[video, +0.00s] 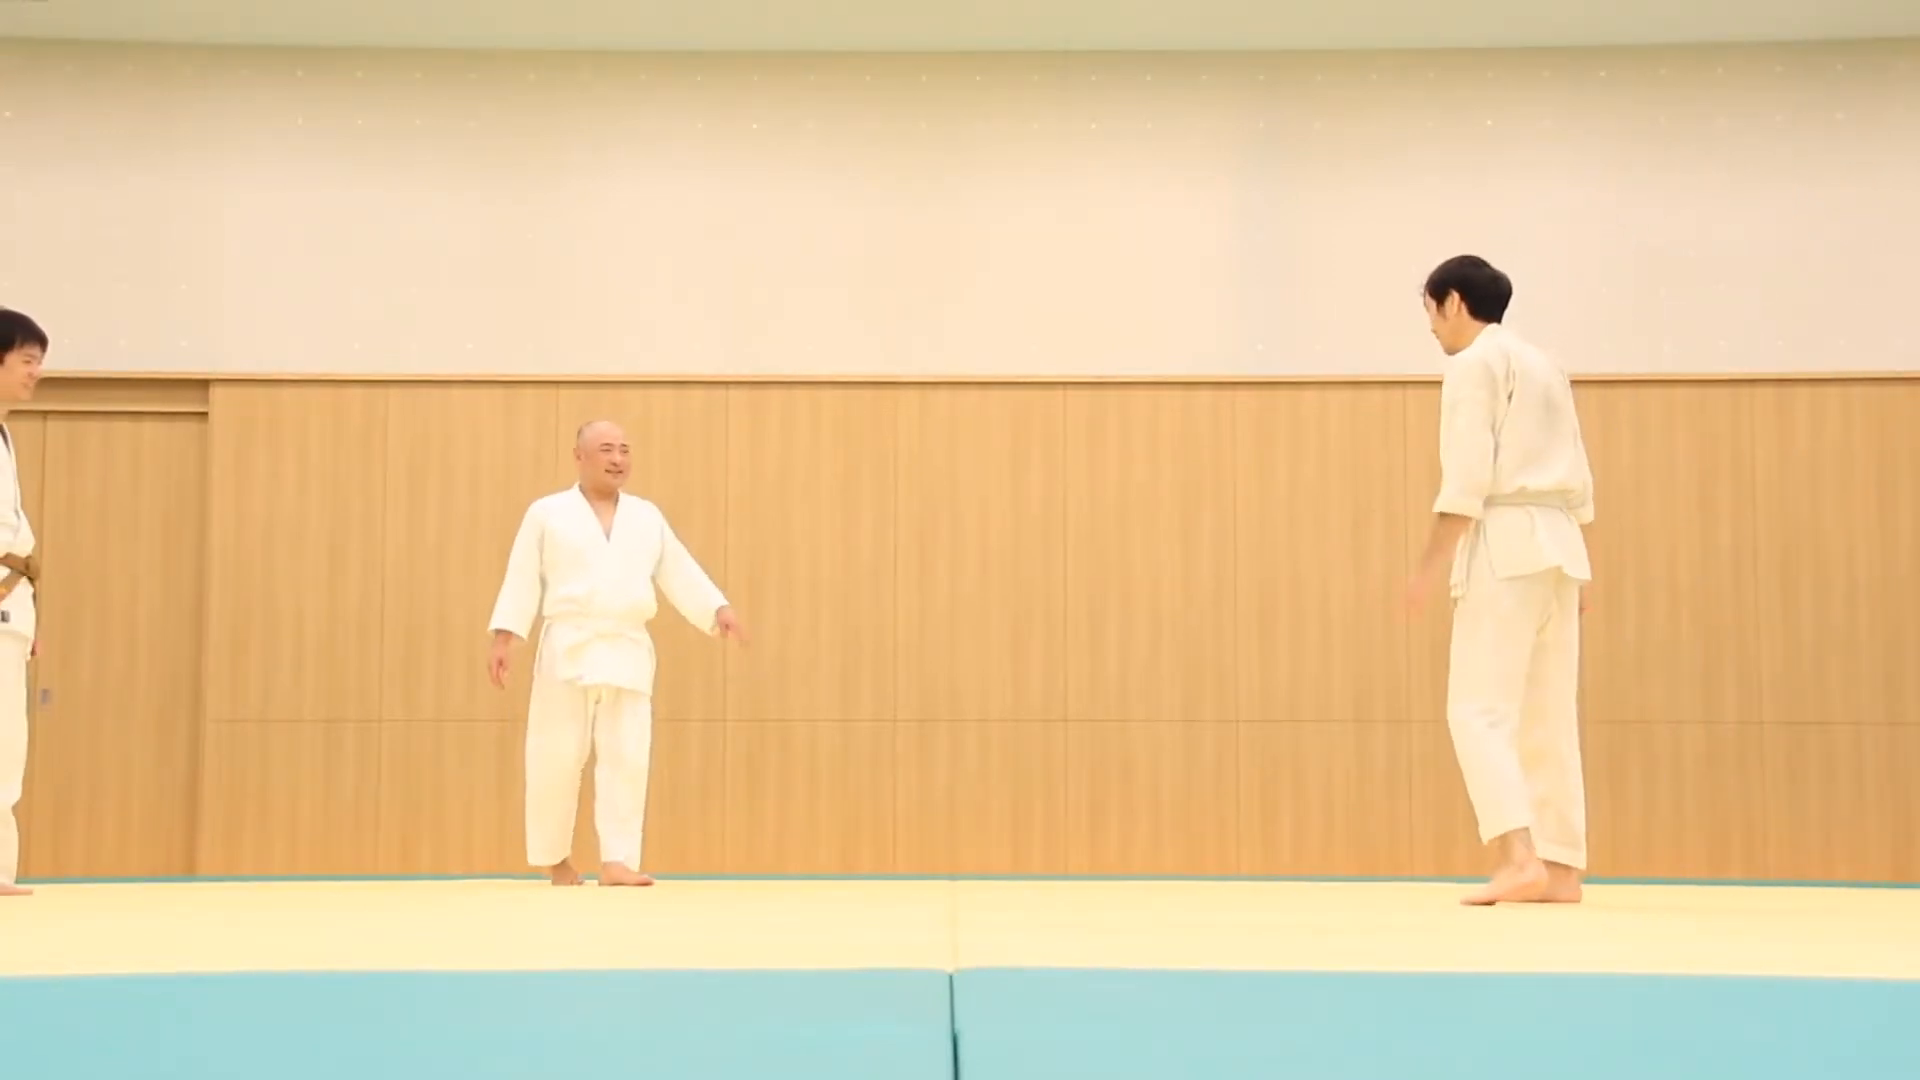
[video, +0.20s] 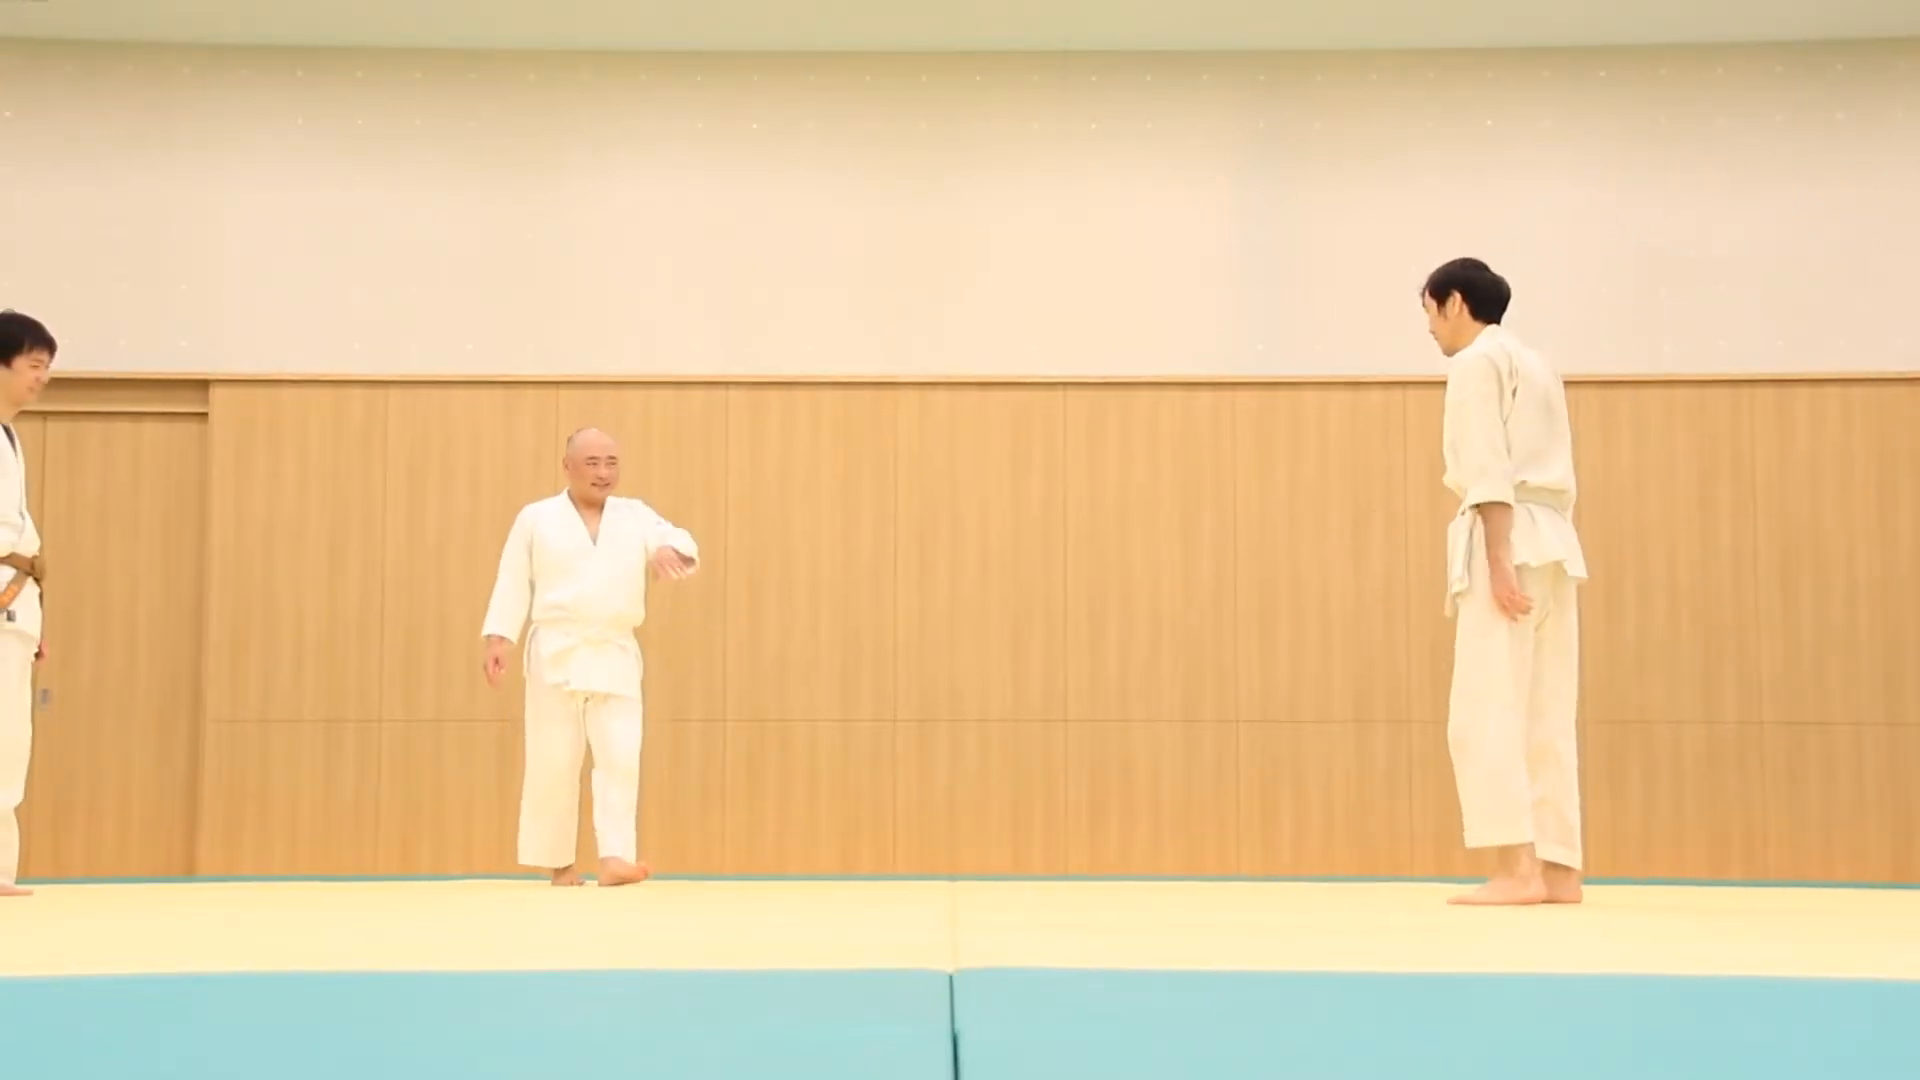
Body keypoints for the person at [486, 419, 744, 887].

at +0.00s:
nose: (618, 458)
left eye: (624, 450)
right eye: (606, 449)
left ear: (631, 459)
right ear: (580, 458)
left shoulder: (646, 517)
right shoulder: (547, 513)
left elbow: (679, 570)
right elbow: (522, 577)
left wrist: (717, 608)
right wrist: (504, 637)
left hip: (628, 649)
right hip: (565, 648)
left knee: (627, 757)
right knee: (557, 755)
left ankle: (618, 863)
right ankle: (558, 860)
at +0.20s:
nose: (603, 470)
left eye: (611, 462)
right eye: (592, 462)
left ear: (619, 468)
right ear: (567, 467)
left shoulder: (635, 514)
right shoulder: (536, 519)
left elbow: (679, 541)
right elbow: (513, 582)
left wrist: (671, 552)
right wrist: (498, 638)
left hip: (615, 650)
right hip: (555, 650)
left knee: (621, 756)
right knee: (557, 758)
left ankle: (615, 861)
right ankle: (561, 866)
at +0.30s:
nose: (598, 472)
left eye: (607, 463)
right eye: (587, 463)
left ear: (616, 468)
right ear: (564, 466)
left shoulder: (625, 509)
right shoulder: (533, 517)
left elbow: (671, 534)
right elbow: (509, 582)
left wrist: (642, 526)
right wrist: (493, 641)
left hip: (612, 649)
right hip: (553, 649)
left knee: (619, 751)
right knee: (555, 755)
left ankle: (610, 859)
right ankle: (561, 864)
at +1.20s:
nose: (599, 475)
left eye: (607, 465)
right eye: (587, 466)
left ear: (618, 468)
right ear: (568, 471)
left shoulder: (640, 515)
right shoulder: (542, 522)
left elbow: (689, 548)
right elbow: (522, 582)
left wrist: (673, 556)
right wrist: (512, 632)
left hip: (622, 651)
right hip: (564, 650)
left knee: (621, 759)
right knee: (561, 756)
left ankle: (612, 862)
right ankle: (564, 862)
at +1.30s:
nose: (598, 474)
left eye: (606, 464)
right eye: (586, 466)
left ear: (618, 467)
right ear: (569, 472)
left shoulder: (643, 519)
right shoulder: (546, 521)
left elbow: (674, 558)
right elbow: (524, 583)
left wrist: (698, 590)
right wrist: (511, 634)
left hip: (619, 652)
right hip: (559, 651)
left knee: (619, 760)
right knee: (555, 755)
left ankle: (612, 863)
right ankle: (562, 861)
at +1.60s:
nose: (591, 472)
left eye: (600, 463)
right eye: (580, 464)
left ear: (613, 467)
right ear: (563, 470)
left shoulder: (636, 520)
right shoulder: (540, 517)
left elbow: (658, 584)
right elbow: (513, 581)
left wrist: (675, 644)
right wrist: (490, 640)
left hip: (604, 654)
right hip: (543, 650)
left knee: (605, 761)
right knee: (524, 753)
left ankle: (608, 865)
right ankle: (512, 857)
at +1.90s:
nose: (544, 479)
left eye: (553, 469)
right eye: (532, 471)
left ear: (566, 473)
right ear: (516, 476)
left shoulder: (585, 527)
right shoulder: (490, 524)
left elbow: (605, 592)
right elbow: (459, 583)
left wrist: (607, 651)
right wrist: (428, 633)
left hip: (568, 656)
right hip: (506, 655)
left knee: (586, 763)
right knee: (491, 760)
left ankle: (605, 865)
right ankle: (469, 864)